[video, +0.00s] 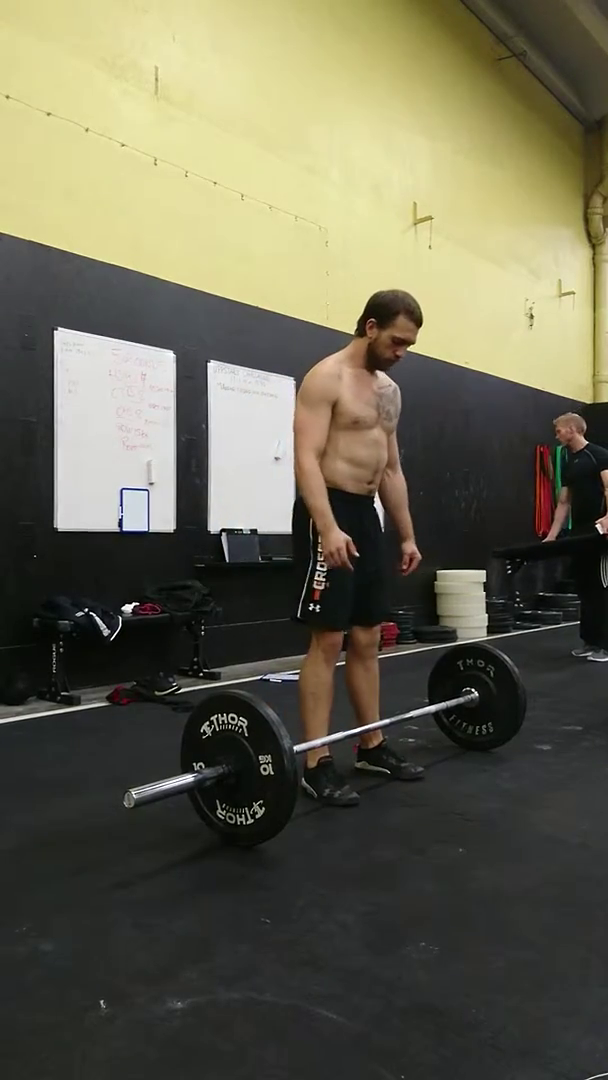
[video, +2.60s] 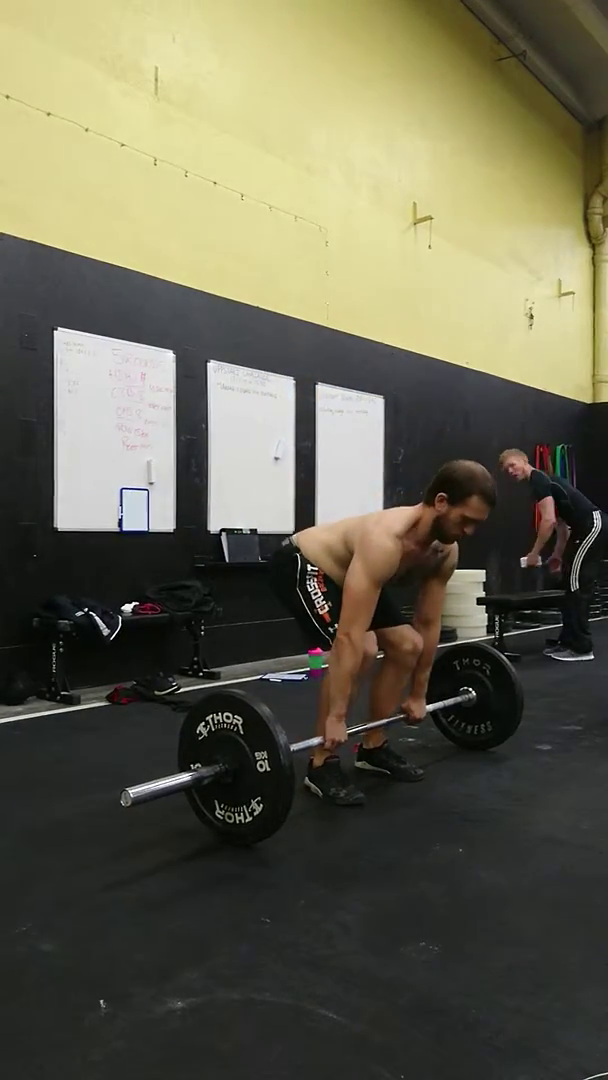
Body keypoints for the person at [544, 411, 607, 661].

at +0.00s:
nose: (556, 435)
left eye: (559, 430)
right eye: (555, 431)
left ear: (573, 430)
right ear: (567, 431)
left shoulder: (598, 455)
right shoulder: (569, 461)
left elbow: (607, 491)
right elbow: (564, 502)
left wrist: (605, 519)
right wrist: (551, 536)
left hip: (599, 532)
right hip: (580, 533)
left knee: (599, 587)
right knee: (586, 587)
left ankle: (603, 645)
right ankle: (591, 642)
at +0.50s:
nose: (562, 430)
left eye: (566, 426)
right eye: (563, 426)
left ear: (580, 429)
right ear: (577, 429)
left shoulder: (593, 453)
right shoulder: (571, 454)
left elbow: (590, 491)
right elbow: (573, 492)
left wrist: (572, 520)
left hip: (595, 530)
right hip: (579, 530)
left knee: (597, 587)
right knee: (574, 584)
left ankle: (603, 645)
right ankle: (574, 640)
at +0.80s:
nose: (552, 433)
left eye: (555, 429)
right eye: (553, 430)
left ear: (566, 433)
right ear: (569, 434)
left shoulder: (571, 455)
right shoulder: (572, 455)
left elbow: (558, 493)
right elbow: (560, 494)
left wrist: (534, 521)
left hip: (590, 521)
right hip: (580, 521)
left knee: (581, 580)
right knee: (571, 580)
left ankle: (602, 643)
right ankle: (571, 643)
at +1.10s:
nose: (533, 459)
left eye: (533, 456)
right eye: (533, 456)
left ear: (537, 454)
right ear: (553, 451)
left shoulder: (549, 468)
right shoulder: (568, 468)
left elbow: (532, 507)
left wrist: (514, 537)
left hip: (588, 521)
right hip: (594, 520)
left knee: (573, 579)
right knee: (576, 580)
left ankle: (576, 646)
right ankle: (571, 642)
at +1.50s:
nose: (524, 496)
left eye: (523, 493)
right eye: (523, 494)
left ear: (524, 491)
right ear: (540, 484)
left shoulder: (532, 500)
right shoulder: (556, 494)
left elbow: (518, 539)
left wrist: (503, 571)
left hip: (590, 528)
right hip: (600, 524)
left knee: (568, 583)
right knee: (580, 585)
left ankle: (577, 648)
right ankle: (570, 642)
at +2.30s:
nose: (508, 505)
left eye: (508, 500)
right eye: (506, 502)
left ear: (519, 493)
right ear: (522, 492)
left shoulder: (530, 504)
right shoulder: (541, 499)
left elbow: (520, 546)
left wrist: (504, 578)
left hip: (590, 527)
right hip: (599, 525)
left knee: (569, 585)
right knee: (580, 586)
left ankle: (578, 648)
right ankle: (569, 642)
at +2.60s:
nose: (510, 471)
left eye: (512, 465)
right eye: (506, 469)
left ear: (524, 462)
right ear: (507, 471)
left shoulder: (538, 479)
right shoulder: (541, 481)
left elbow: (549, 520)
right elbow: (563, 525)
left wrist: (534, 553)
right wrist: (557, 555)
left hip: (592, 524)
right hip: (583, 527)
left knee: (574, 581)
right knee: (568, 580)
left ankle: (580, 646)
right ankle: (569, 640)